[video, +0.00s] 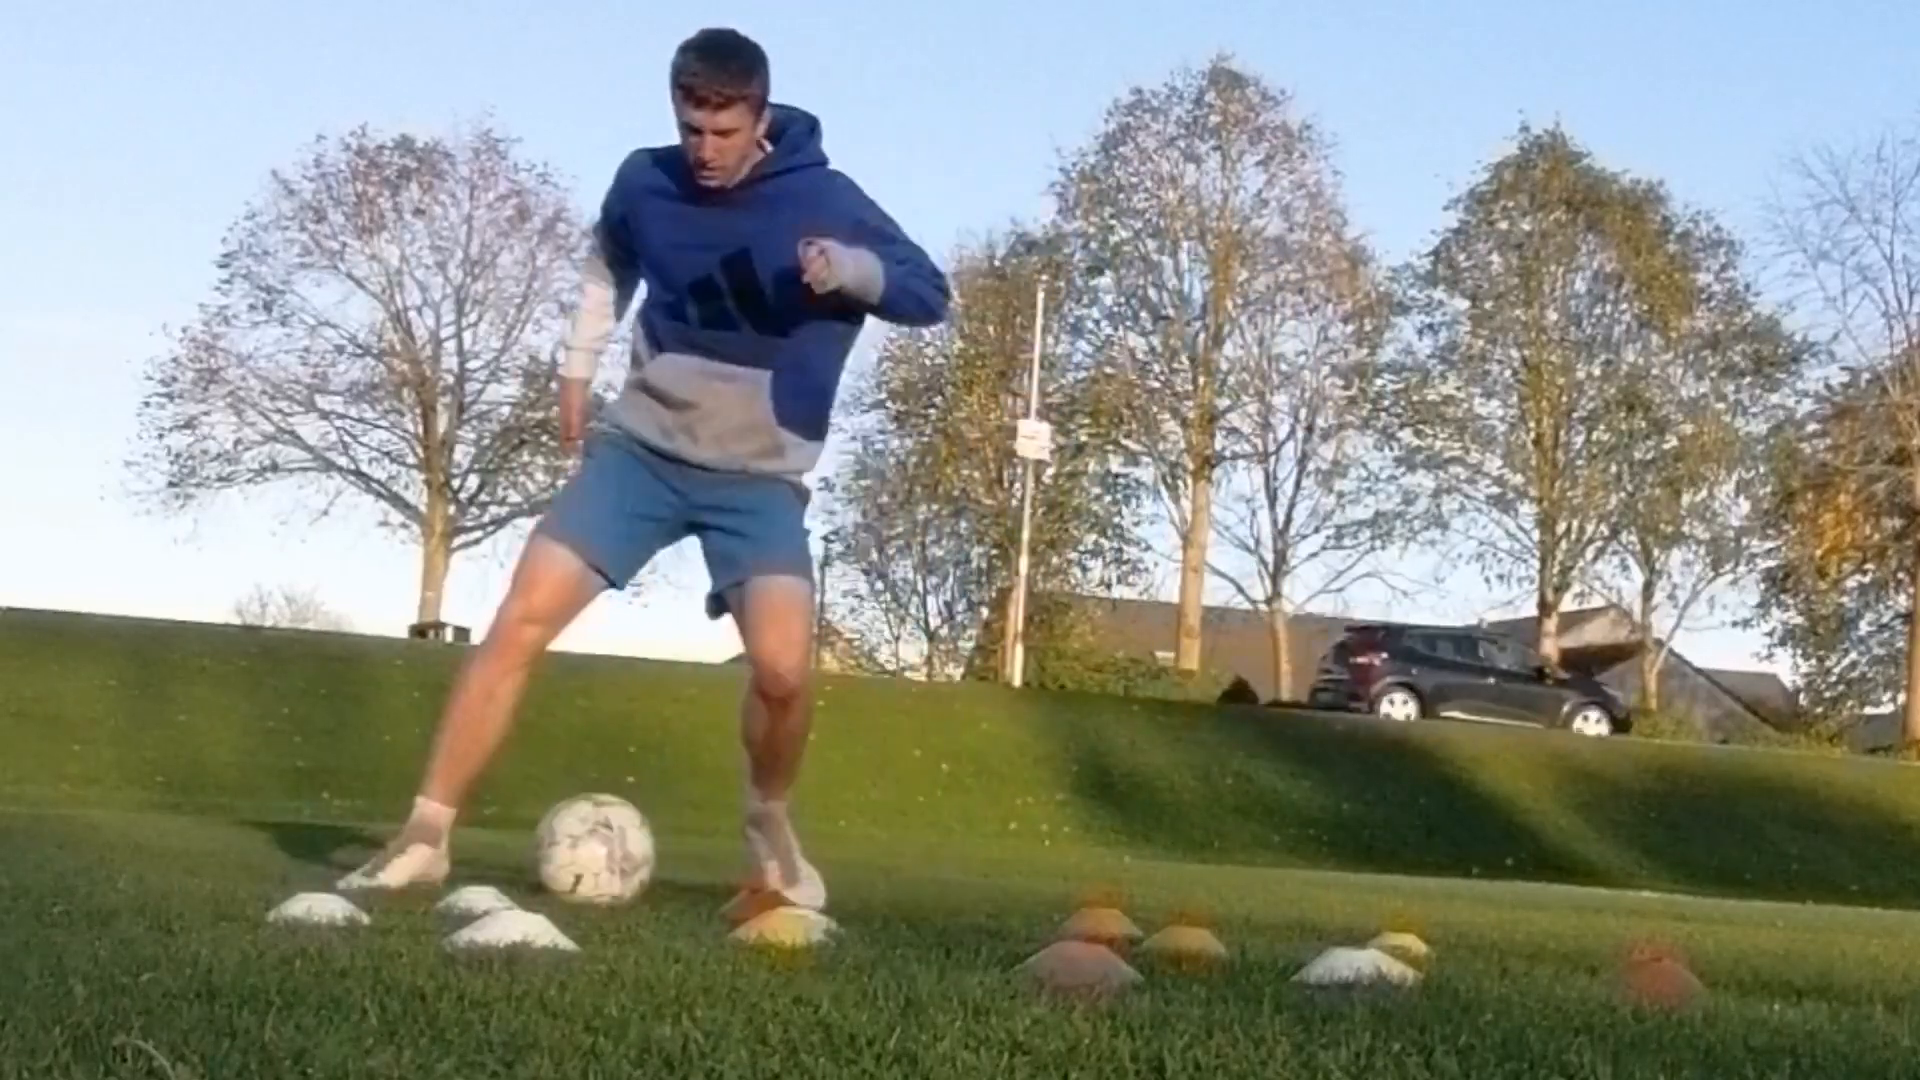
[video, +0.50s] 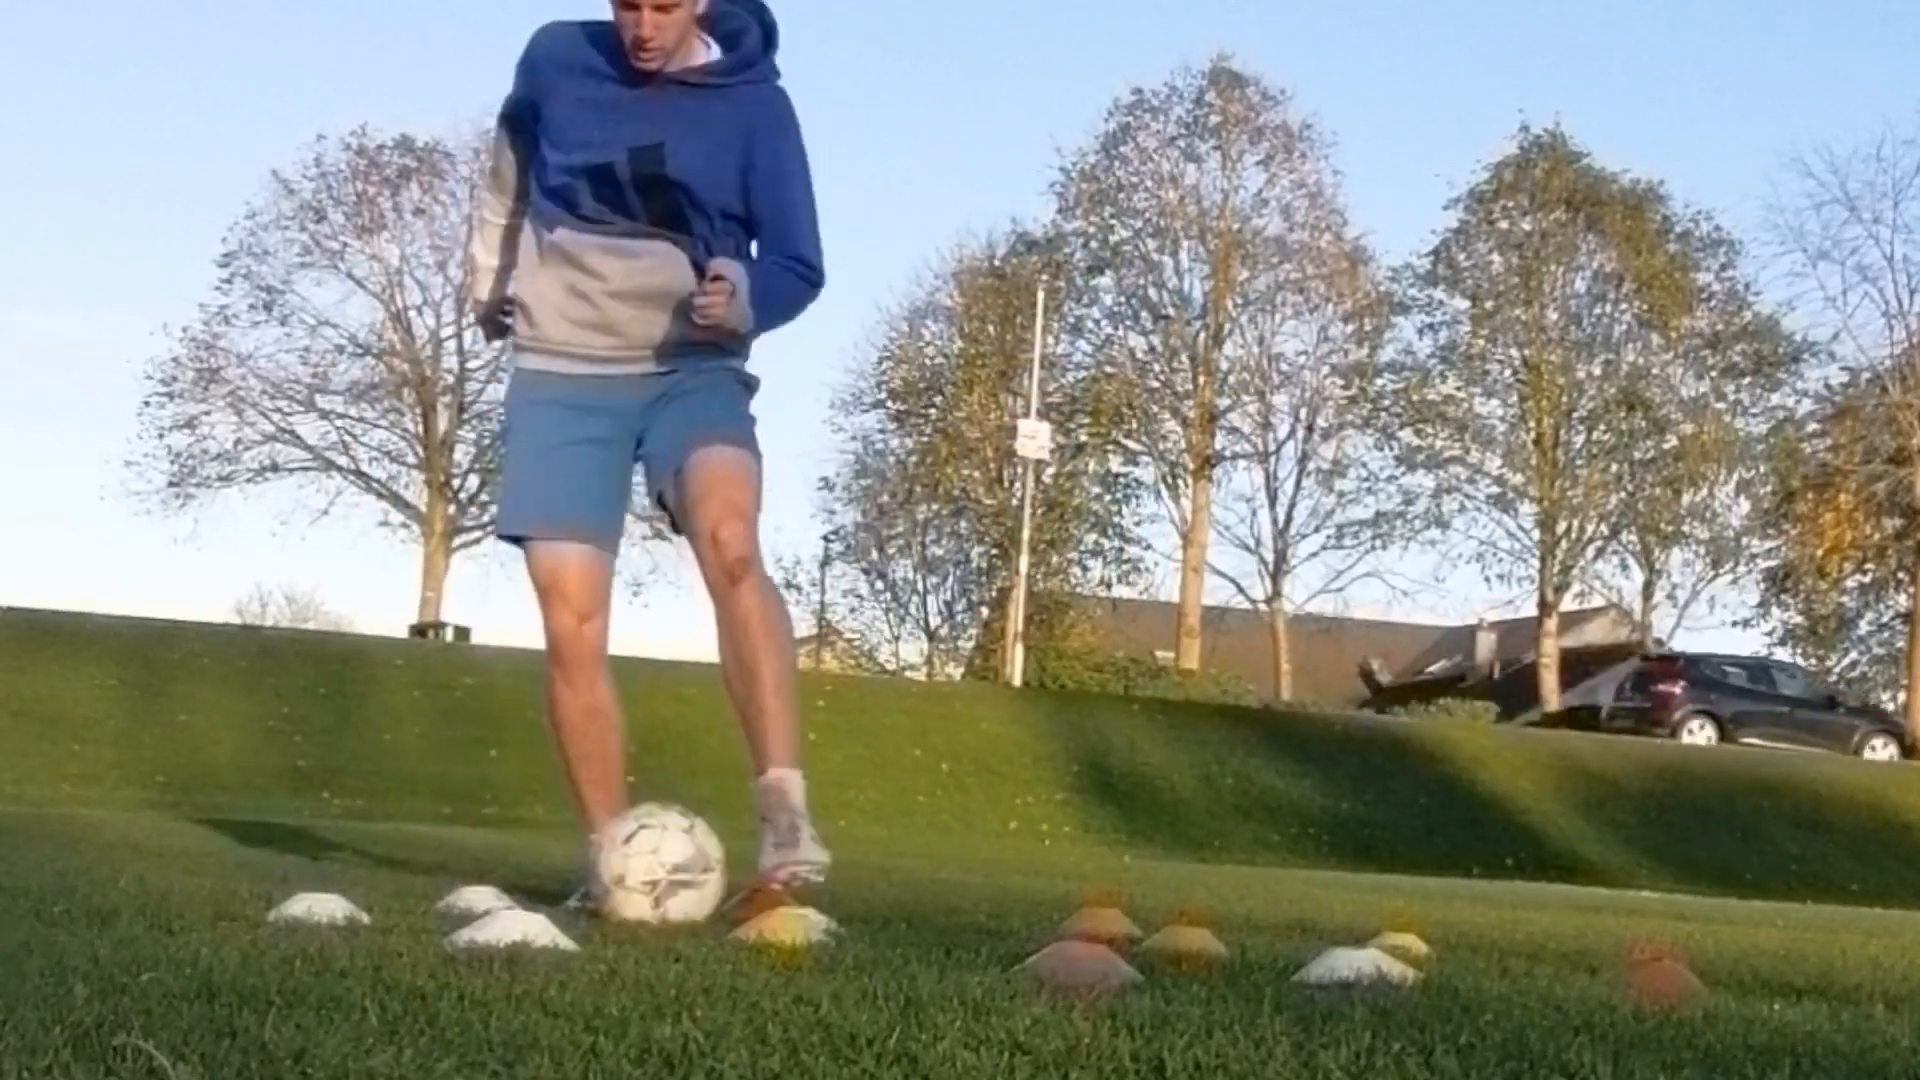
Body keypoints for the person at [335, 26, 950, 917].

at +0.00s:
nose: (706, 141)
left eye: (726, 123)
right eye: (694, 121)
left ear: (762, 114)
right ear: (677, 109)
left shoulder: (824, 201)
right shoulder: (645, 184)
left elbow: (931, 294)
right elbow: (607, 266)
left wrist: (853, 270)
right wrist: (575, 374)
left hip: (760, 483)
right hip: (636, 452)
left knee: (785, 676)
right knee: (522, 619)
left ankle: (770, 821)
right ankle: (425, 836)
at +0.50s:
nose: (641, 26)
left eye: (662, 9)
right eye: (627, 7)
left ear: (701, 3)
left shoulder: (754, 100)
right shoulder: (557, 56)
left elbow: (796, 263)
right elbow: (509, 155)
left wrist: (747, 302)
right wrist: (490, 271)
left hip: (692, 381)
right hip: (559, 384)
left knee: (734, 550)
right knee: (570, 625)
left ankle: (785, 821)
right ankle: (612, 872)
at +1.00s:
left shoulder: (714, 10)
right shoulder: (484, 0)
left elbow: (798, 85)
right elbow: (413, 27)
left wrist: (841, 123)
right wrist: (376, 33)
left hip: (621, 311)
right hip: (475, 297)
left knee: (609, 554)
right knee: (368, 510)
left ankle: (619, 796)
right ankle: (498, 764)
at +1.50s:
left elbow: (410, 187)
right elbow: (69, 79)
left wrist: (352, 285)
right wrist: (61, 177)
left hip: (311, 364)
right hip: (129, 321)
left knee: (413, 603)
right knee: (5, 565)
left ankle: (147, 700)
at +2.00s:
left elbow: (522, 89)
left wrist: (628, 184)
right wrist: (298, 130)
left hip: (516, 189)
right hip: (414, 161)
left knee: (676, 478)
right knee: (549, 482)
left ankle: (597, 817)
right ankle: (436, 871)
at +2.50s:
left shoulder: (814, 19)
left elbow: (837, 59)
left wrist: (973, 97)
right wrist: (448, 31)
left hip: (576, 201)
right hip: (675, 186)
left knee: (640, 557)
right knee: (877, 472)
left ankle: (493, 879)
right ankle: (837, 810)